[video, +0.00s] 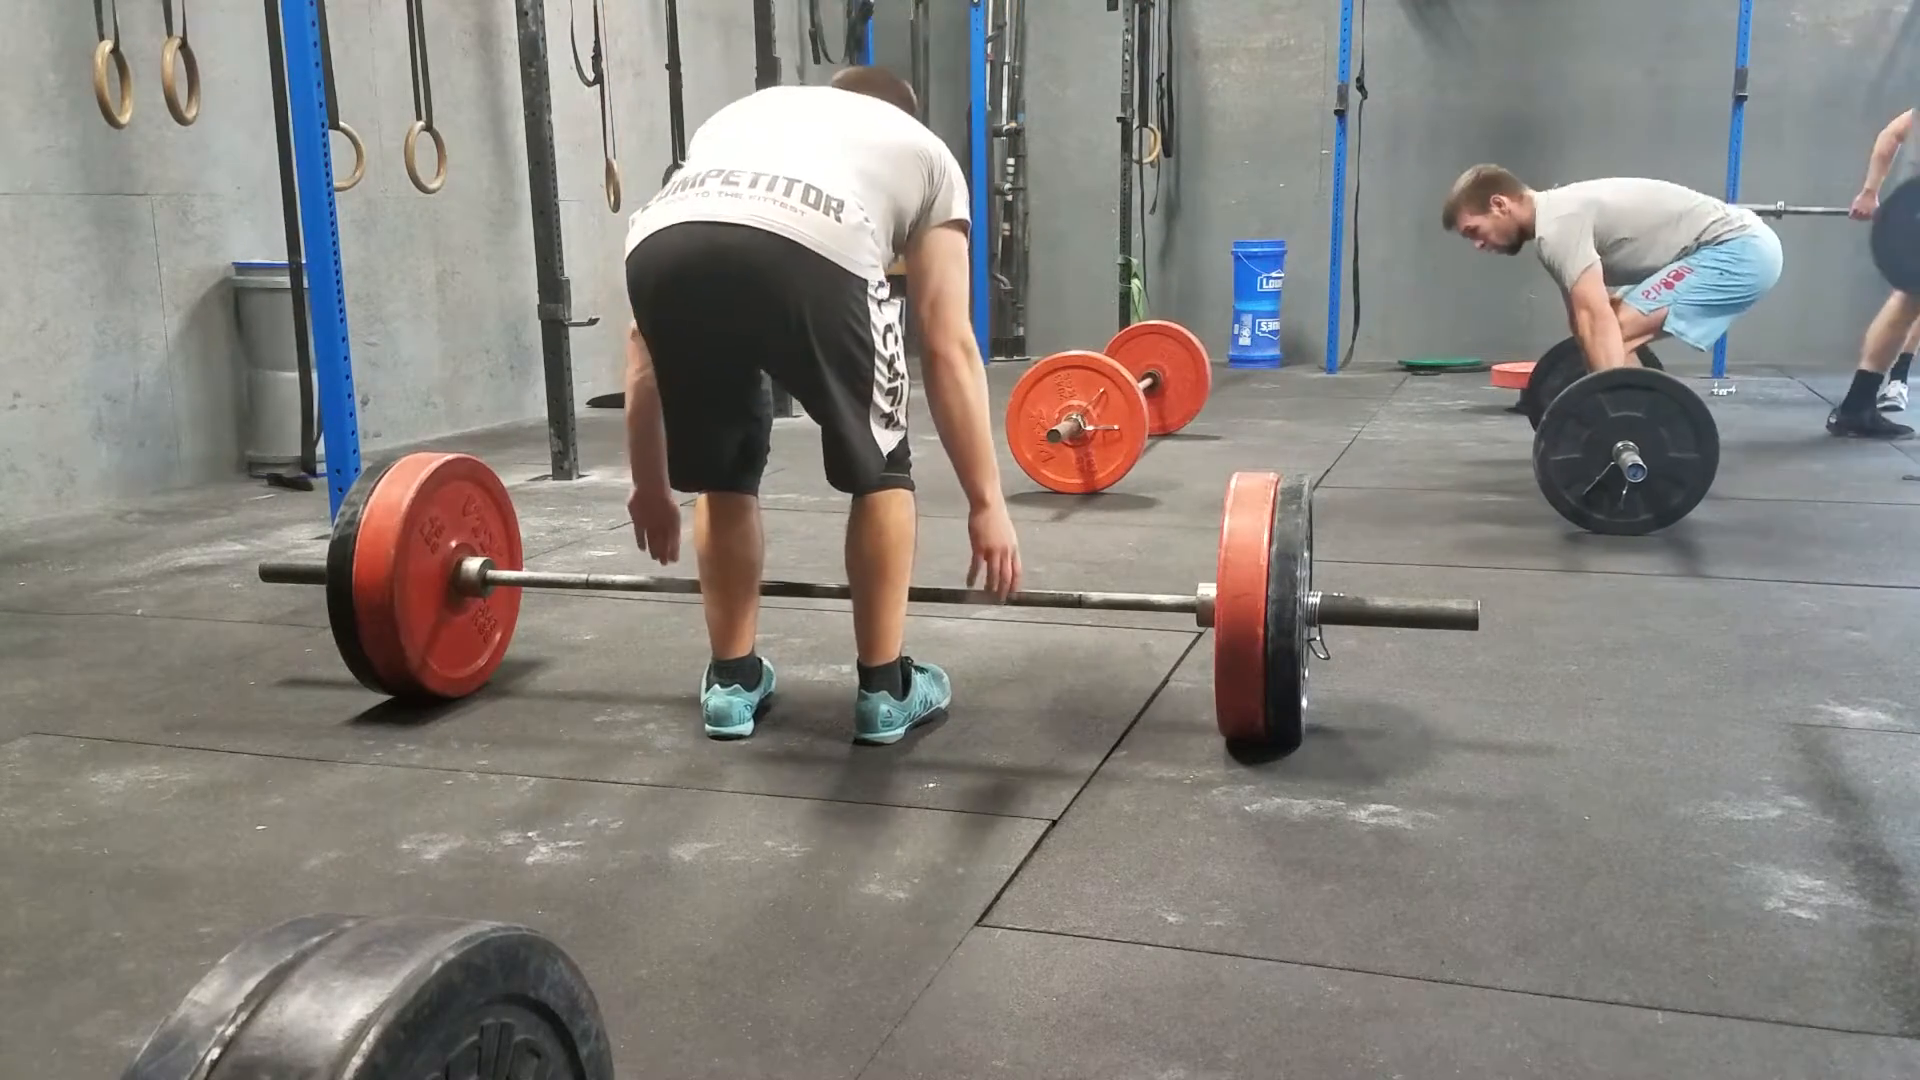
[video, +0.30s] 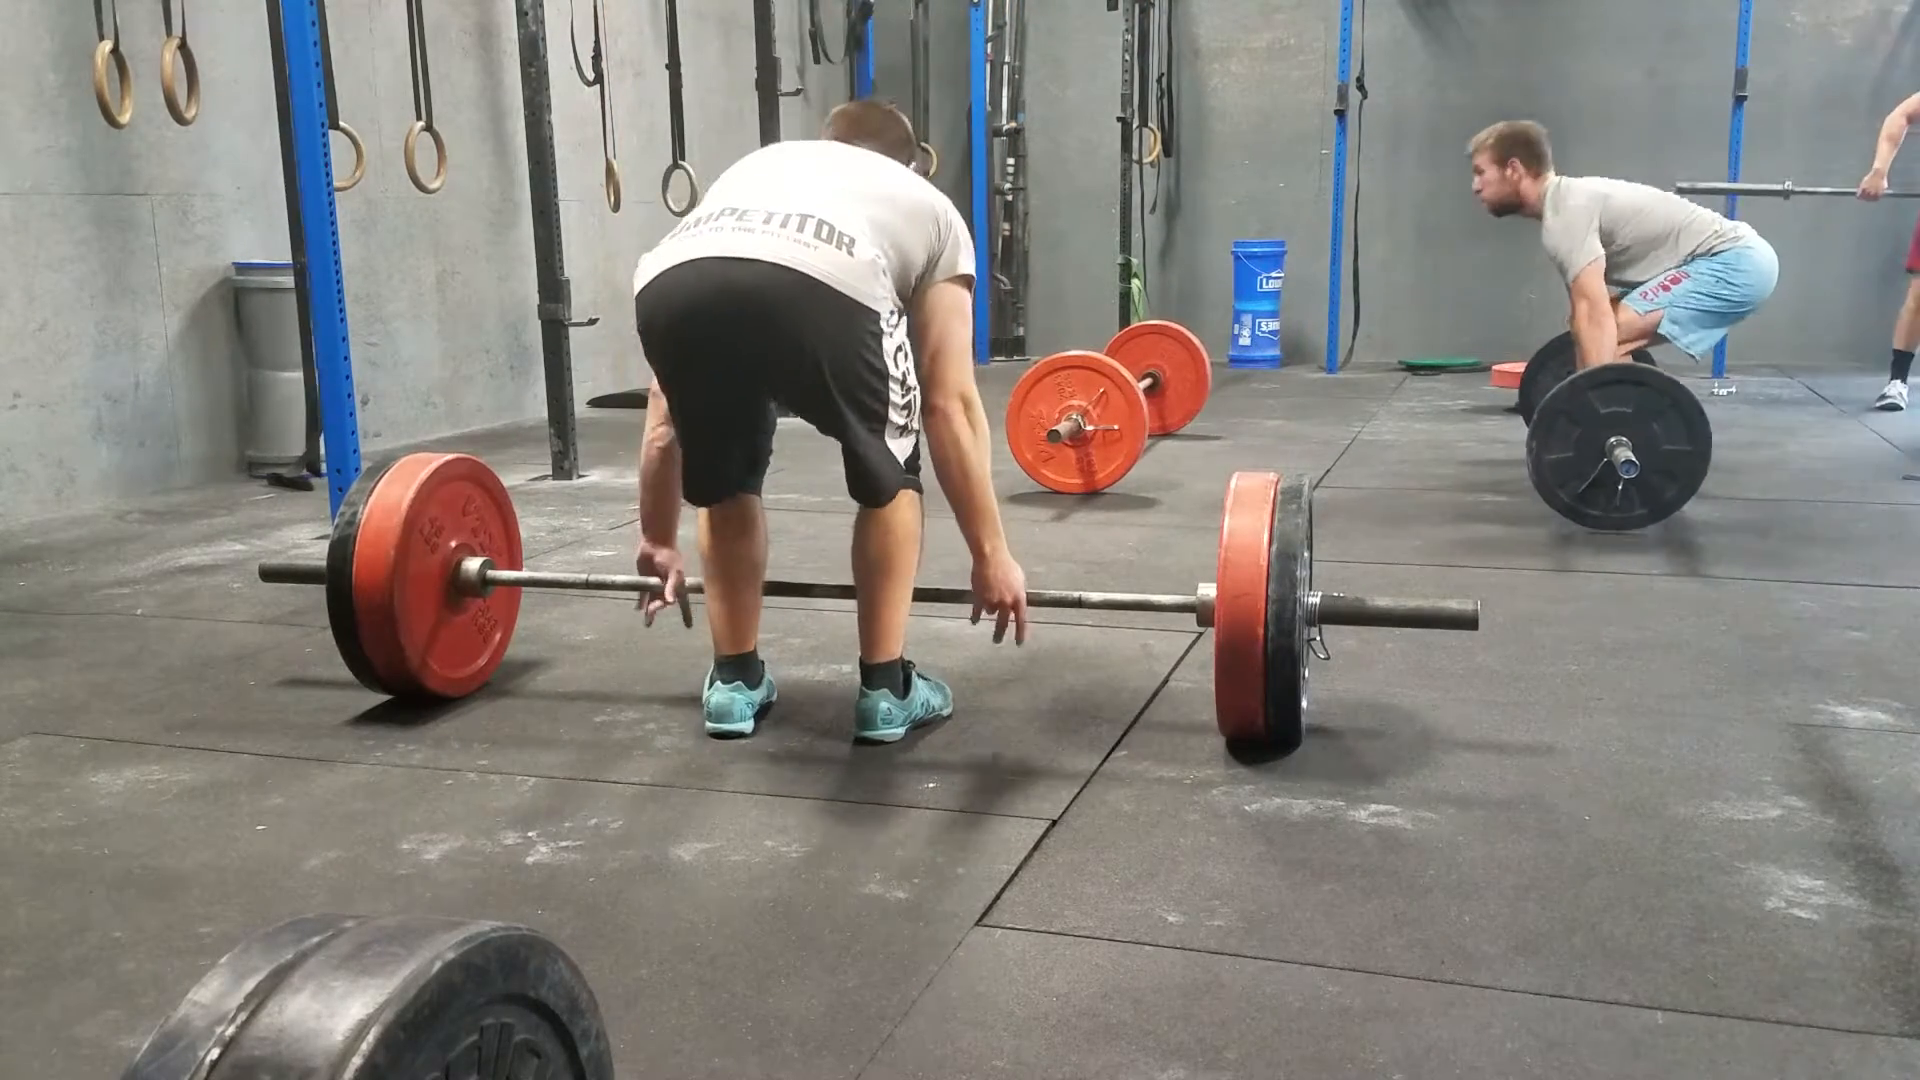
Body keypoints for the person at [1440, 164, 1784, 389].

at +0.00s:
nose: (1477, 245)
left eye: (1474, 232)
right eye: (1469, 239)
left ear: (1502, 204)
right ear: (1504, 204)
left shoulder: (1558, 224)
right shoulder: (1553, 224)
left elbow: (1596, 318)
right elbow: (1583, 319)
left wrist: (1616, 409)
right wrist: (1603, 400)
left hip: (1738, 248)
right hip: (1730, 245)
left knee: (1610, 331)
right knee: (1596, 319)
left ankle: (1638, 435)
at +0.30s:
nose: (1474, 186)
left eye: (1480, 173)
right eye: (1473, 175)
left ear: (1514, 171)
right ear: (1515, 172)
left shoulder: (1567, 210)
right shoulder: (1566, 205)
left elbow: (1591, 312)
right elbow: (1599, 307)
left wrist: (1598, 404)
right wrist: (1592, 400)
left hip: (1733, 260)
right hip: (1733, 259)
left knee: (1603, 333)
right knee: (1601, 330)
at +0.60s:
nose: (1510, 70)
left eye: (1521, 58)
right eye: (1514, 58)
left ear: (1554, 68)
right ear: (1555, 69)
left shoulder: (1591, 120)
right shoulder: (1586, 121)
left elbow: (1611, 225)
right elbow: (1605, 223)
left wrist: (1595, 318)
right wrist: (1594, 313)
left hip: (1740, 213)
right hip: (1721, 213)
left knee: (1653, 324)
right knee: (1644, 317)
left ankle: (1641, 467)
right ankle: (1630, 458)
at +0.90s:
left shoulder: (1675, 11)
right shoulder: (1661, 16)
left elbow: (1655, 108)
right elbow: (1652, 113)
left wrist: (1616, 195)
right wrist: (1611, 193)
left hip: (1642, 201)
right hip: (1633, 200)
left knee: (1585, 333)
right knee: (1586, 332)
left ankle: (1631, 463)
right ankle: (1620, 456)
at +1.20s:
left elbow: (1672, 109)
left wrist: (1630, 45)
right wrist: (1618, 27)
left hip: (1655, 212)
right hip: (1639, 205)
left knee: (1575, 349)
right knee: (1589, 346)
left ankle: (1647, 465)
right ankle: (1655, 450)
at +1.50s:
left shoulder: (1682, 30)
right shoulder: (1673, 27)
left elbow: (1604, 106)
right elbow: (1605, 106)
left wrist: (1628, 22)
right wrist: (1627, 29)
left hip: (1665, 198)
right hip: (1662, 197)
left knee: (1603, 335)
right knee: (1616, 335)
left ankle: (1655, 468)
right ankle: (1661, 455)